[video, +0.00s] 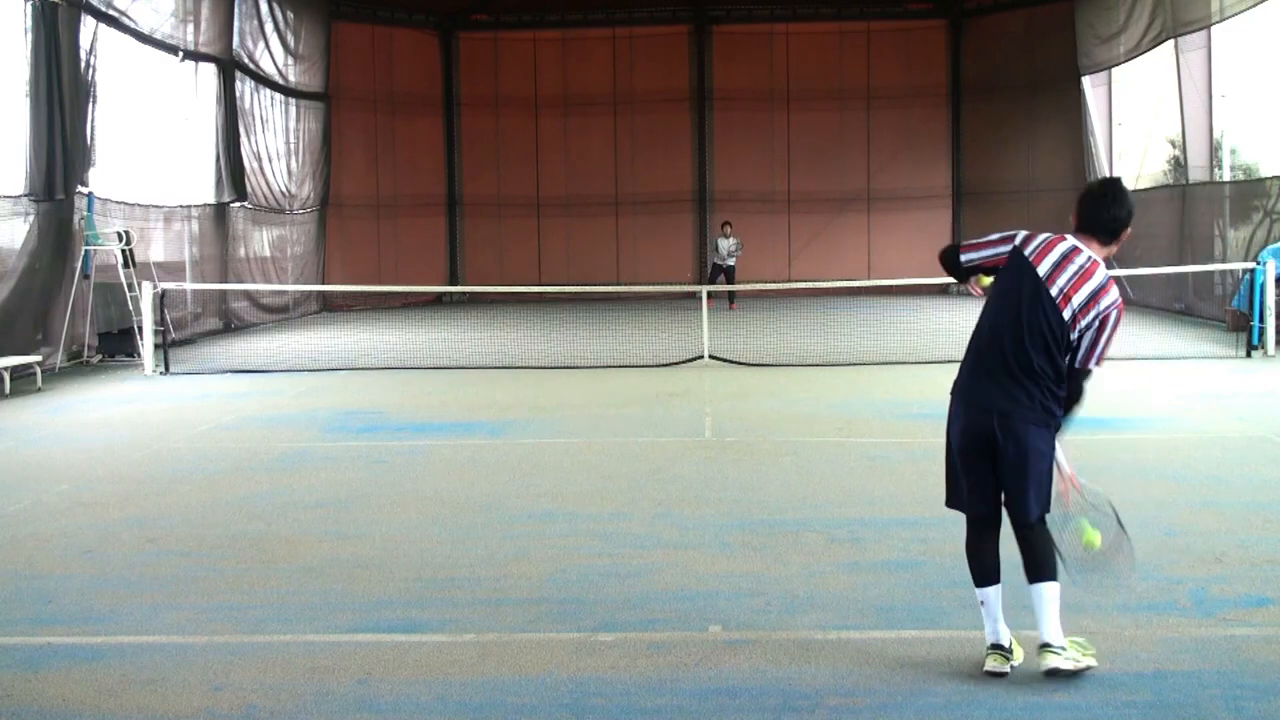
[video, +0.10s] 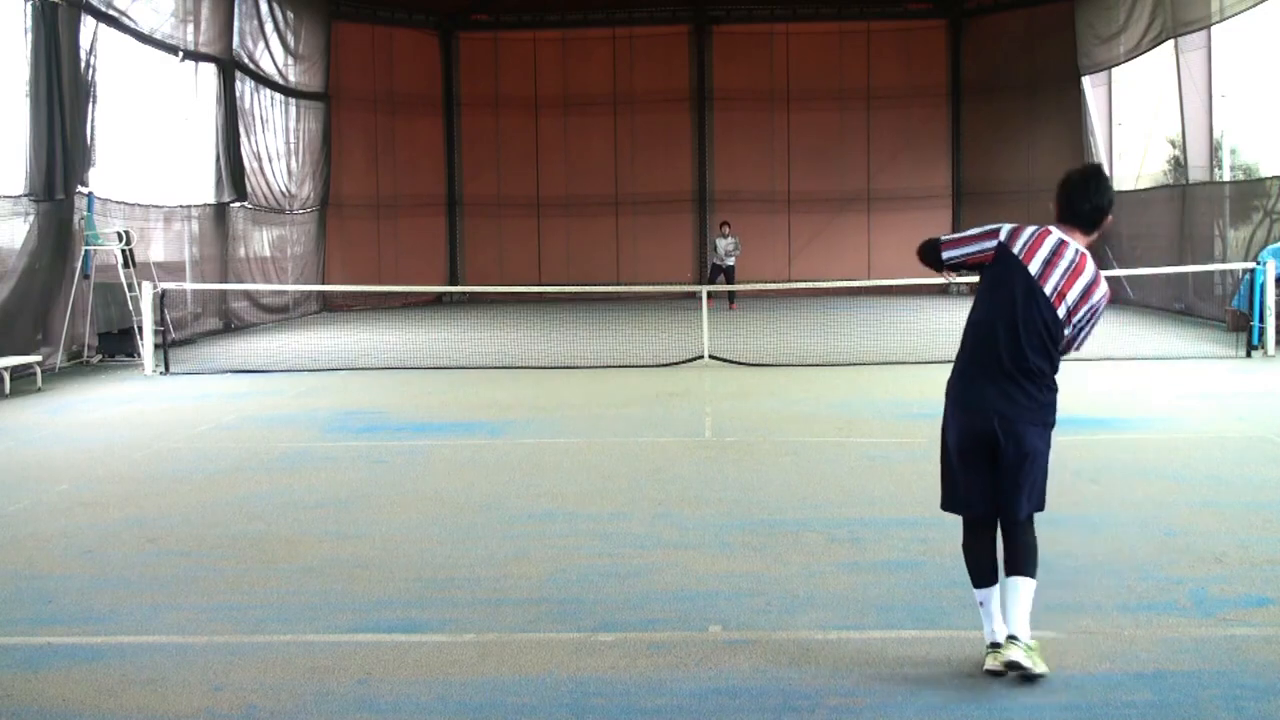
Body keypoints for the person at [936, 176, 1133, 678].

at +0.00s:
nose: (1127, 237)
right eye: (1128, 230)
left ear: (1075, 216)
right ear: (1123, 235)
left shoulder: (1030, 242)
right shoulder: (1109, 299)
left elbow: (950, 255)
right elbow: (1075, 378)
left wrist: (968, 280)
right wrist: (1052, 428)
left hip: (971, 404)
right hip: (1028, 416)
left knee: (981, 519)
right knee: (1030, 520)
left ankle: (997, 642)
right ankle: (1054, 642)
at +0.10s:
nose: (1108, 221)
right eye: (1109, 214)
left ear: (1056, 206)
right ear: (1104, 221)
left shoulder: (1014, 236)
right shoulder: (1095, 290)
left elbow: (929, 251)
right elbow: (1066, 345)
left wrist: (970, 263)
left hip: (968, 400)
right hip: (1027, 411)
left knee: (977, 520)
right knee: (1020, 517)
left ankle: (995, 639)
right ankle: (1018, 637)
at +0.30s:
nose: (1012, 200)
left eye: (1012, 192)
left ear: (1010, 200)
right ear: (1065, 211)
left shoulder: (973, 246)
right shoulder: (1066, 276)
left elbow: (892, 279)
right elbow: (1027, 304)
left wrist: (900, 296)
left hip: (959, 416)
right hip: (1019, 420)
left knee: (971, 528)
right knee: (1012, 533)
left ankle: (997, 638)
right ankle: (986, 639)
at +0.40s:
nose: (991, 201)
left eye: (994, 193)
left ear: (994, 201)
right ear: (1048, 212)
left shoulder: (958, 248)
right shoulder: (1052, 274)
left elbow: (906, 304)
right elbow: (1005, 294)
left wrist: (886, 352)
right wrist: (954, 255)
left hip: (948, 418)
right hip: (1009, 421)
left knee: (961, 531)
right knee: (999, 536)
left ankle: (987, 635)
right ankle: (977, 666)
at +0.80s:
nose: (940, 196)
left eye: (904, 188)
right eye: (945, 188)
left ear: (895, 197)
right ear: (952, 197)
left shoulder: (877, 262)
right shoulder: (982, 266)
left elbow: (859, 361)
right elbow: (1019, 349)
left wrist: (860, 427)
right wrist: (998, 406)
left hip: (894, 443)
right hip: (961, 443)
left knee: (855, 560)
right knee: (965, 555)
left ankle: (846, 685)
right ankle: (971, 681)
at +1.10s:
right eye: (845, 189)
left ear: (790, 201)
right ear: (851, 198)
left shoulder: (772, 276)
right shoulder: (889, 262)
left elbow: (765, 380)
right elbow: (951, 339)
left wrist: (786, 452)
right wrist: (944, 403)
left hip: (810, 458)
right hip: (885, 453)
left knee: (808, 593)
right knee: (914, 576)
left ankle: (816, 713)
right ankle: (932, 706)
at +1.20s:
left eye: (784, 168)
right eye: (831, 163)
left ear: (776, 176)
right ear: (838, 172)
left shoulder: (757, 251)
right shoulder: (877, 241)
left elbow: (743, 363)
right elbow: (936, 321)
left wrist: (772, 426)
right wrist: (916, 387)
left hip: (791, 442)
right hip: (867, 438)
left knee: (798, 580)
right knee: (875, 571)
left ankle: (806, 712)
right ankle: (866, 710)